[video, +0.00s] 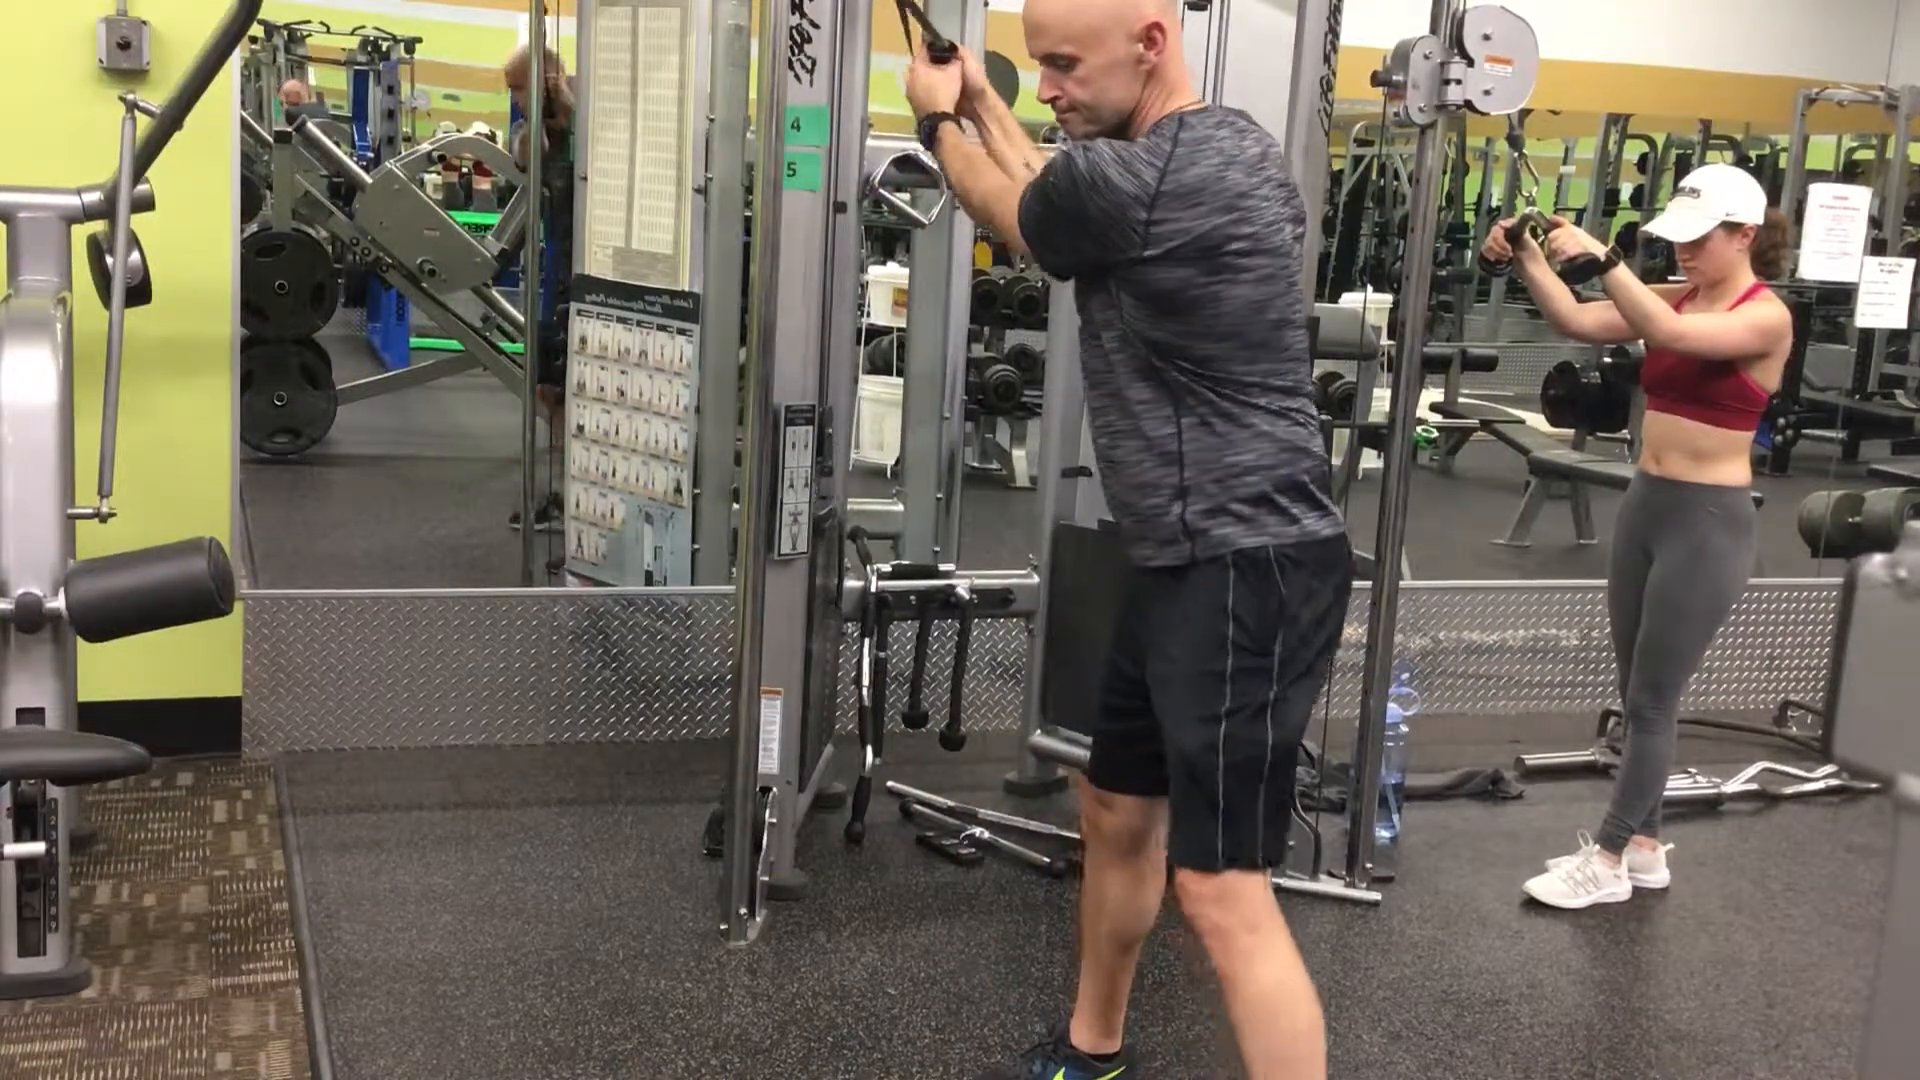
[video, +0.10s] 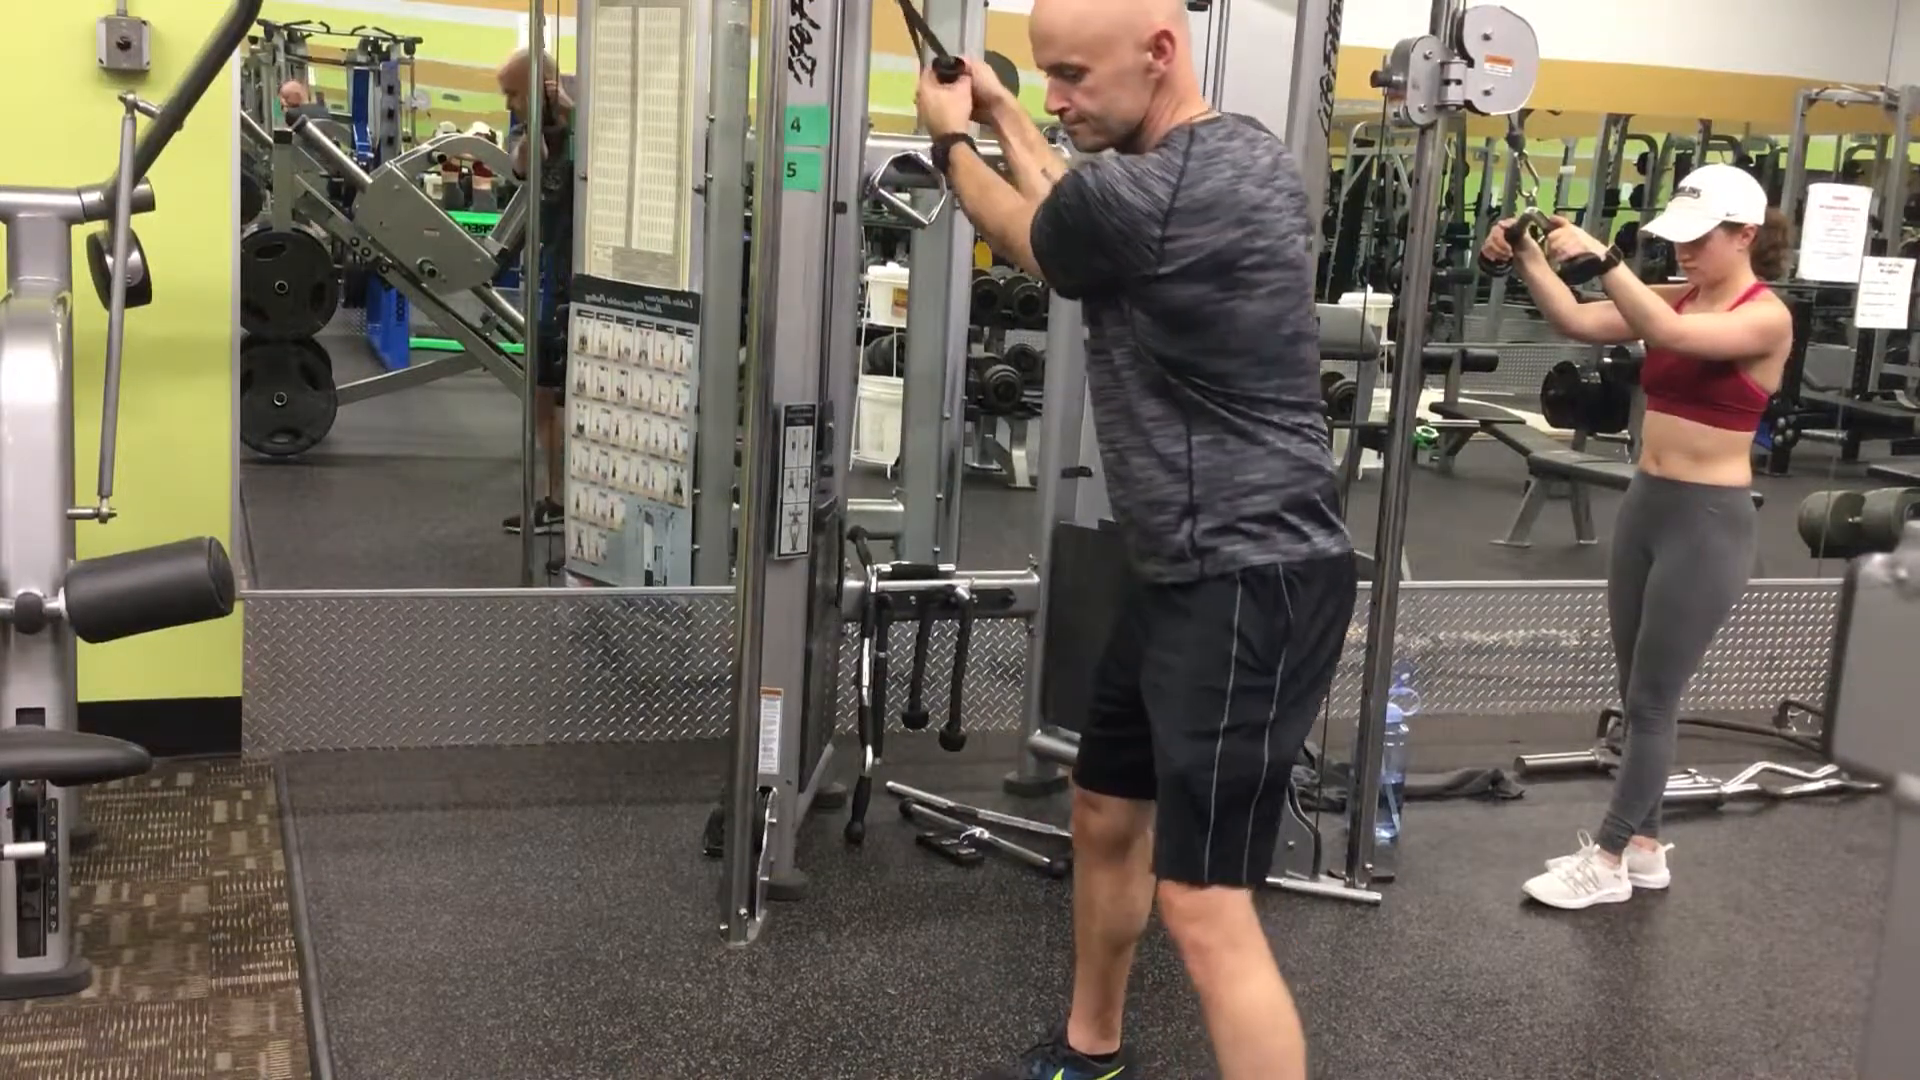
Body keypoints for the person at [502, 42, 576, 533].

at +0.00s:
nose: (518, 103)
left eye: (523, 92)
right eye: (514, 94)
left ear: (551, 81)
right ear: (525, 88)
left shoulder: (587, 126)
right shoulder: (532, 134)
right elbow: (521, 208)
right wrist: (492, 264)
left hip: (582, 270)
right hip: (551, 272)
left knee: (563, 389)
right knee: (548, 387)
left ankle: (583, 493)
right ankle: (563, 491)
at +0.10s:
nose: (511, 108)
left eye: (515, 97)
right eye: (507, 99)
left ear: (545, 89)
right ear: (533, 91)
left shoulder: (583, 136)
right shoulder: (532, 142)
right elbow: (518, 220)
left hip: (577, 284)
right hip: (545, 283)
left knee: (576, 402)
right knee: (545, 398)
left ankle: (583, 505)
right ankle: (555, 499)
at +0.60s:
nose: (513, 101)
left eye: (519, 91)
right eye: (511, 92)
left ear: (545, 89)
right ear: (550, 89)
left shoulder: (547, 139)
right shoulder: (547, 139)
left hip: (556, 285)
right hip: (552, 282)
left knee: (532, 390)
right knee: (539, 392)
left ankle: (555, 497)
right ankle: (556, 496)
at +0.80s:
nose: (513, 102)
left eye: (519, 93)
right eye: (513, 94)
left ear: (543, 88)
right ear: (552, 84)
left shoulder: (544, 132)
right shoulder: (570, 126)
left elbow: (528, 169)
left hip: (555, 281)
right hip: (564, 277)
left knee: (544, 399)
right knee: (549, 399)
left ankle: (546, 500)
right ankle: (549, 499)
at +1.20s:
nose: (509, 101)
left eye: (514, 93)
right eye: (509, 93)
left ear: (536, 89)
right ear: (549, 85)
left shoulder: (541, 130)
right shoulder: (573, 124)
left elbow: (521, 161)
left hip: (551, 279)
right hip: (565, 275)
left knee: (531, 391)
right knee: (554, 393)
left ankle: (545, 498)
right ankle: (553, 496)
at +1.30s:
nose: (508, 105)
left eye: (513, 94)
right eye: (503, 97)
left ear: (542, 87)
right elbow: (512, 171)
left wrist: (551, 123)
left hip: (559, 279)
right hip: (548, 276)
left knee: (526, 389)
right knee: (542, 390)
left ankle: (545, 498)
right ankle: (553, 496)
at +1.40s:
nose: (495, 107)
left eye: (499, 98)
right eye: (494, 99)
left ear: (517, 94)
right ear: (526, 89)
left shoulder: (565, 130)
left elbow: (568, 178)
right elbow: (502, 183)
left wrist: (521, 139)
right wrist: (500, 143)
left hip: (560, 281)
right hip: (542, 279)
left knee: (525, 390)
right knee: (536, 391)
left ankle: (545, 498)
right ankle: (549, 495)